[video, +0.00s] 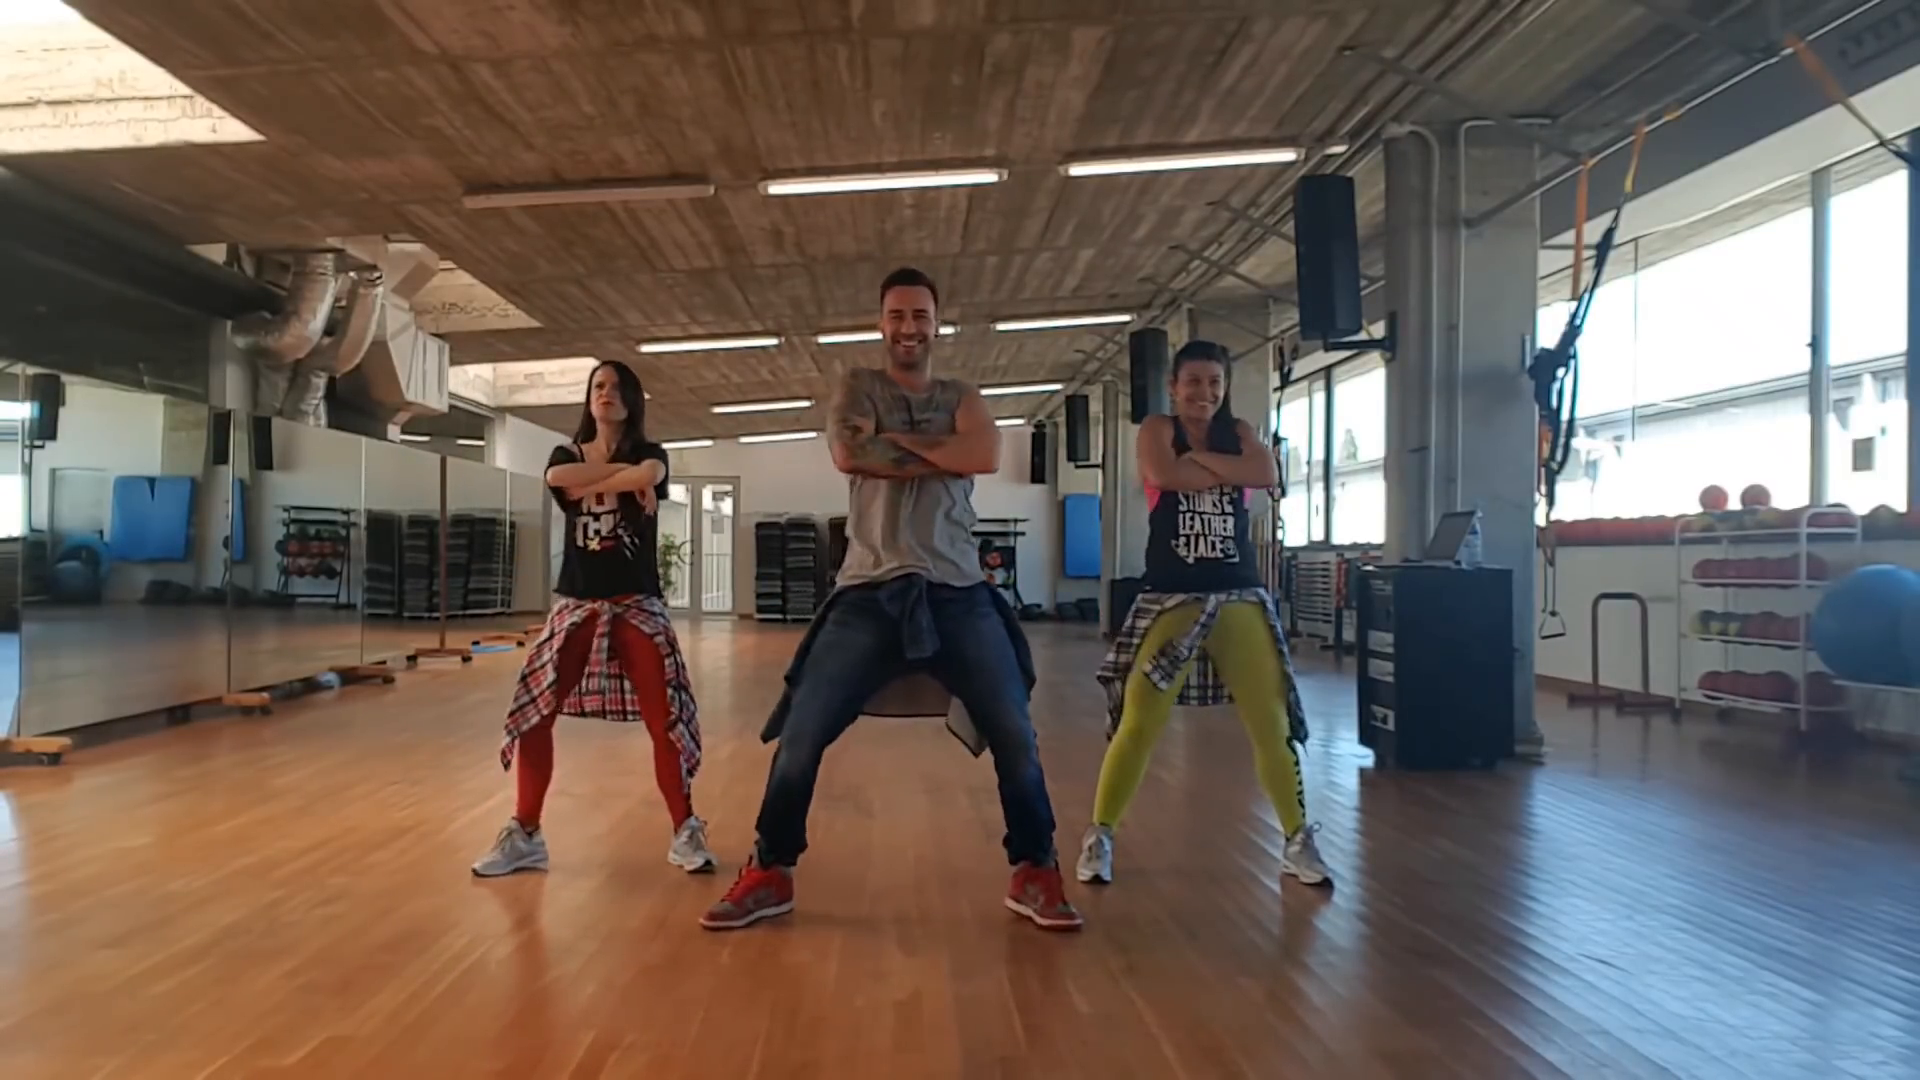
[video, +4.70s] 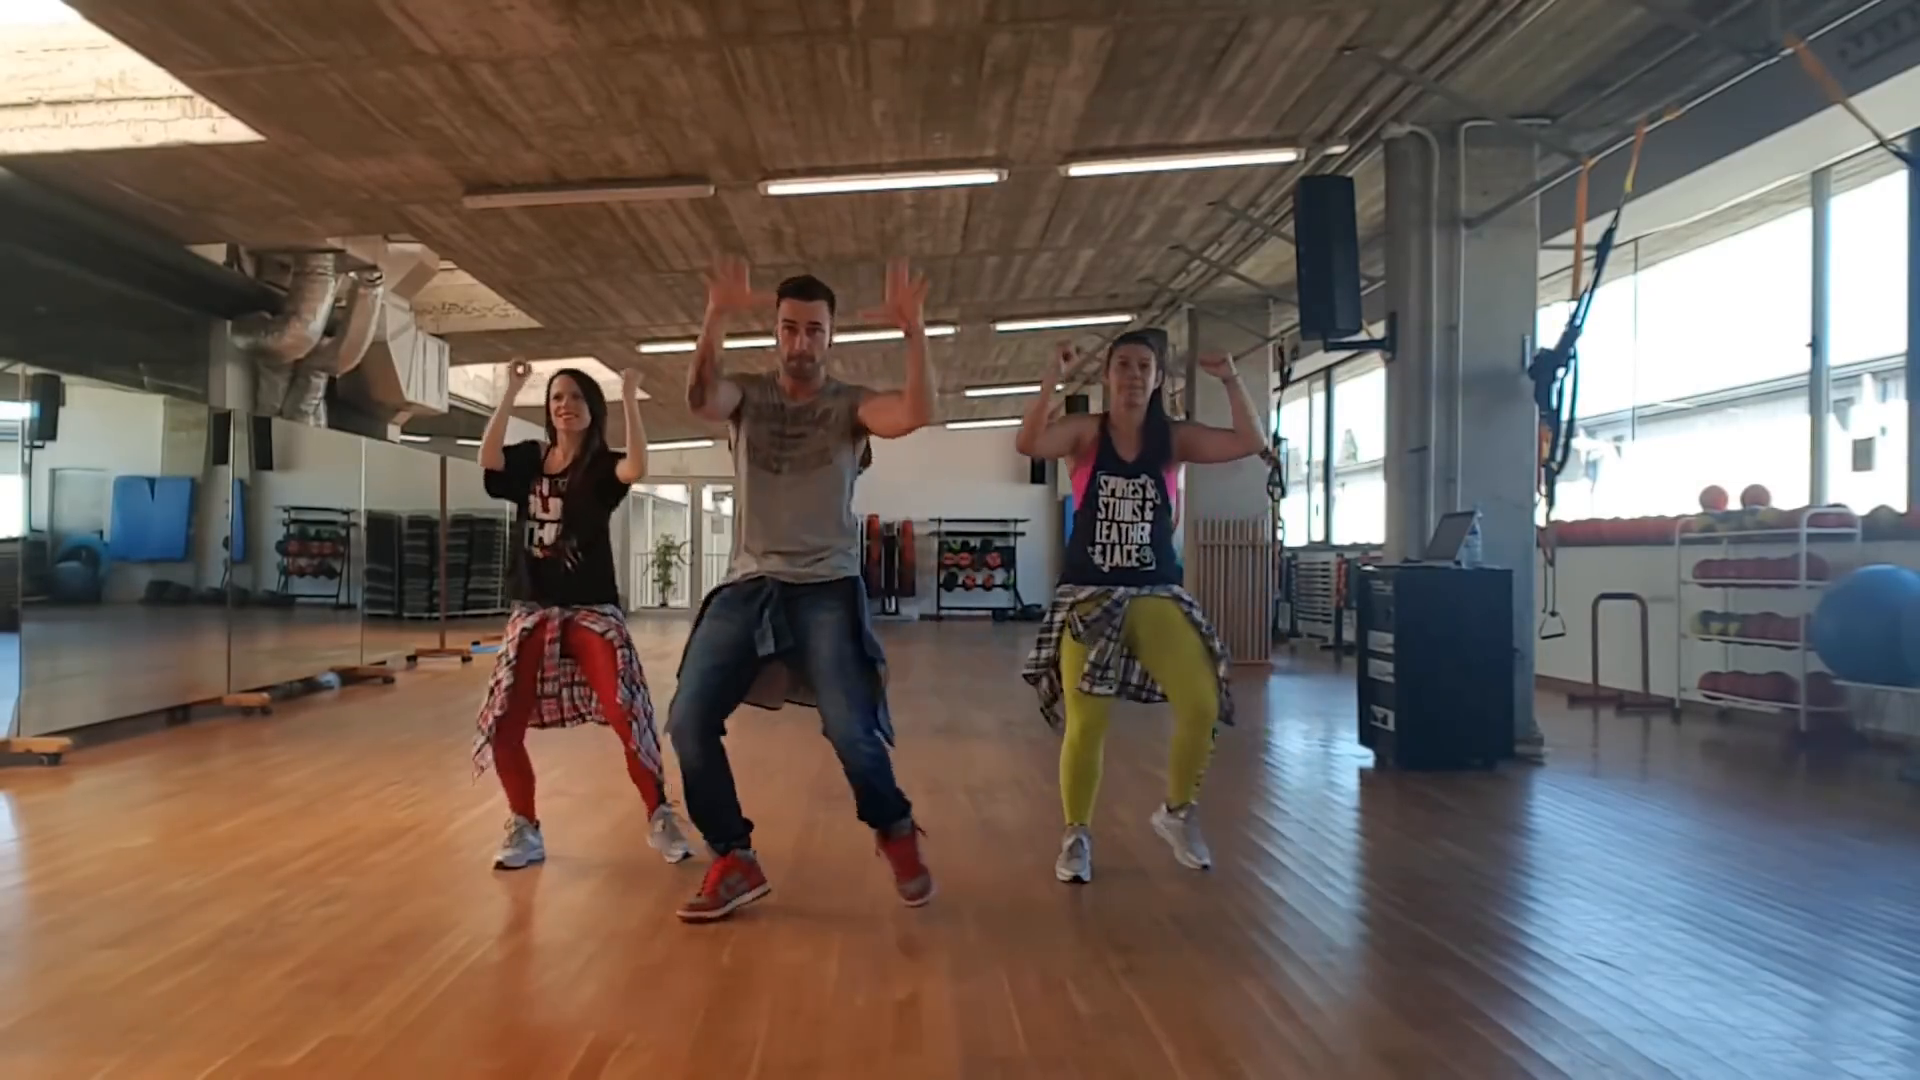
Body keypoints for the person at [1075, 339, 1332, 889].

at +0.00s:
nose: (1201, 392)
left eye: (1212, 383)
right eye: (1192, 382)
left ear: (1224, 388)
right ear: (1173, 385)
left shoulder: (1240, 431)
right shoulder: (1156, 429)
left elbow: (1265, 474)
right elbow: (1161, 475)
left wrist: (1194, 455)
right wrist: (1232, 469)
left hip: (1238, 594)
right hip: (1169, 596)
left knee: (1270, 723)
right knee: (1138, 724)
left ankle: (1298, 841)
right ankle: (1099, 838)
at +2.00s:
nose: (1227, 383)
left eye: (1234, 374)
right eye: (1215, 375)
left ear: (1245, 383)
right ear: (1191, 384)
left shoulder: (1253, 430)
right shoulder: (1177, 429)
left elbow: (1292, 480)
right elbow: (1202, 480)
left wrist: (1229, 462)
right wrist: (1260, 479)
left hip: (1250, 595)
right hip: (1183, 595)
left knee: (1274, 719)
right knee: (1147, 718)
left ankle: (1297, 842)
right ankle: (1099, 837)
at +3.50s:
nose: (1197, 374)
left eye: (1206, 367)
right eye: (1186, 366)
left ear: (1220, 379)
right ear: (1170, 379)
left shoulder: (1236, 426)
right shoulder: (1153, 429)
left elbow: (1257, 464)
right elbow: (1141, 478)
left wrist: (1181, 462)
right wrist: (1220, 476)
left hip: (1233, 591)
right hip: (1164, 591)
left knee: (1264, 714)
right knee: (1138, 717)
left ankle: (1297, 841)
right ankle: (1098, 838)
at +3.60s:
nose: (1192, 372)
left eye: (1202, 364)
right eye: (1182, 364)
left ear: (1216, 377)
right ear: (1164, 377)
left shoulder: (1235, 426)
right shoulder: (1146, 429)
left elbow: (1270, 454)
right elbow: (1108, 475)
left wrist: (1203, 431)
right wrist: (1165, 460)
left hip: (1227, 591)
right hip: (1157, 591)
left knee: (1260, 714)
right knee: (1134, 715)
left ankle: (1297, 840)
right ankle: (1098, 838)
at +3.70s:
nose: (1193, 371)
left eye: (1202, 362)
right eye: (1182, 362)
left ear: (1216, 377)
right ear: (1164, 376)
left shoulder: (1232, 428)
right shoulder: (1146, 430)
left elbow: (1287, 444)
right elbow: (1094, 461)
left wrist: (1241, 387)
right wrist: (1145, 410)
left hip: (1226, 592)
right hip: (1157, 592)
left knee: (1258, 712)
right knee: (1132, 714)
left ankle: (1295, 840)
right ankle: (1098, 838)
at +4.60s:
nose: (1141, 382)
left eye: (1151, 373)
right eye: (1131, 372)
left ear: (1168, 386)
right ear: (1116, 382)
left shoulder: (1181, 445)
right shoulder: (1097, 437)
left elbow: (1256, 451)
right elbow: (1065, 450)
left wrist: (1245, 386)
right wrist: (1101, 392)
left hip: (1164, 600)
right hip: (1095, 600)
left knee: (1219, 710)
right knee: (1085, 729)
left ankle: (1248, 827)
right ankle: (1076, 837)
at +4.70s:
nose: (1132, 375)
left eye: (1143, 367)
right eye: (1123, 366)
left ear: (1158, 378)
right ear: (1107, 375)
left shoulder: (1173, 437)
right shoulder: (1085, 430)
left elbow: (1248, 442)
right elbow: (1029, 444)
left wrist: (1231, 380)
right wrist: (1054, 381)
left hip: (1156, 595)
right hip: (1087, 594)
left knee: (1201, 703)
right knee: (1086, 722)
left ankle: (1177, 813)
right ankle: (1076, 836)